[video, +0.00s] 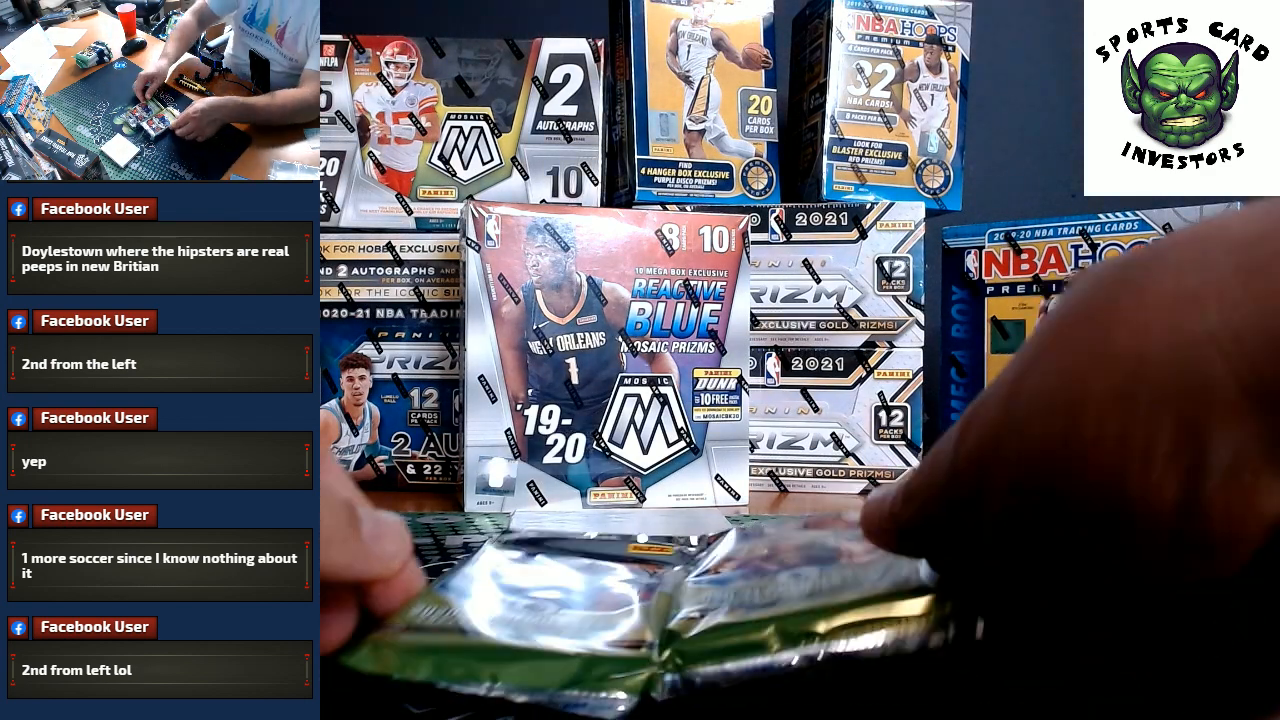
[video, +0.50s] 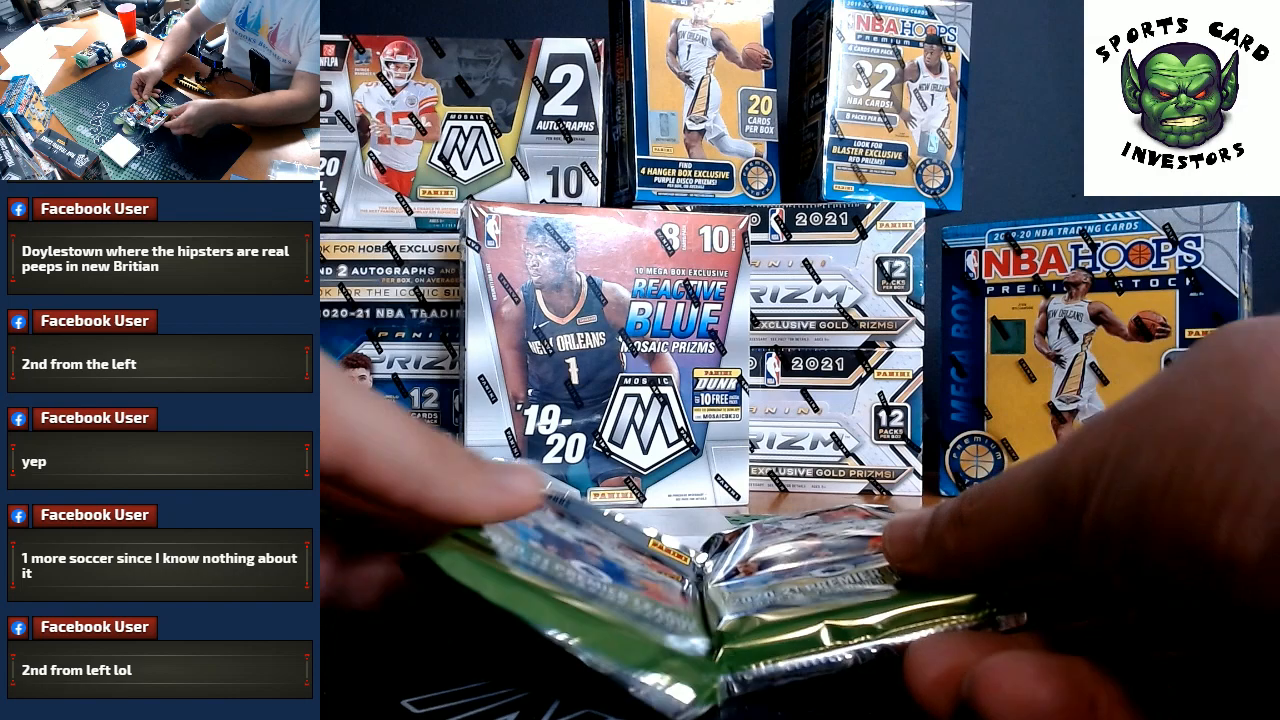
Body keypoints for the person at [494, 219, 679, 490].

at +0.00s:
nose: (533, 264)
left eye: (542, 255)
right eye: (530, 255)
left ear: (569, 257)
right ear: (525, 258)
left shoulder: (611, 299)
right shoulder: (514, 312)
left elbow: (657, 356)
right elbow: (517, 400)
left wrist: (666, 412)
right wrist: (521, 465)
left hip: (609, 423)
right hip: (549, 428)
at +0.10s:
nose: (533, 264)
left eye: (542, 255)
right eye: (530, 255)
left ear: (569, 257)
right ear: (525, 258)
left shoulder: (611, 299)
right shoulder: (514, 312)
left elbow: (657, 356)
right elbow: (517, 400)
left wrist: (665, 412)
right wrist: (520, 465)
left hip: (609, 424)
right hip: (548, 428)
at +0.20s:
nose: (533, 264)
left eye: (542, 255)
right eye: (529, 255)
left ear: (569, 257)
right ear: (525, 258)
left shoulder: (611, 299)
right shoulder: (514, 312)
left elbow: (657, 356)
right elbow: (517, 400)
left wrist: (666, 412)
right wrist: (521, 465)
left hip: (609, 422)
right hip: (549, 427)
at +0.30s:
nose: (533, 264)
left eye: (542, 255)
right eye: (529, 255)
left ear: (569, 257)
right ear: (525, 258)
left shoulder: (612, 299)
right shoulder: (514, 312)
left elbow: (658, 356)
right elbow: (517, 399)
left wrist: (664, 415)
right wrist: (522, 463)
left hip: (610, 426)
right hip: (548, 430)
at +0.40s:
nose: (533, 263)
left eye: (543, 254)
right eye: (529, 255)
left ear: (569, 256)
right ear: (525, 258)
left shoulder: (612, 299)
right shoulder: (514, 313)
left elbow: (658, 356)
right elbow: (518, 400)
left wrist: (664, 412)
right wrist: (526, 459)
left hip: (609, 424)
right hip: (548, 427)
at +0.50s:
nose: (533, 263)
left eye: (543, 254)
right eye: (529, 255)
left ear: (570, 256)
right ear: (525, 258)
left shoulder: (612, 299)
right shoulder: (513, 313)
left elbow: (658, 356)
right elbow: (518, 399)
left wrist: (664, 413)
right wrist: (524, 459)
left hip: (610, 426)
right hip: (549, 430)